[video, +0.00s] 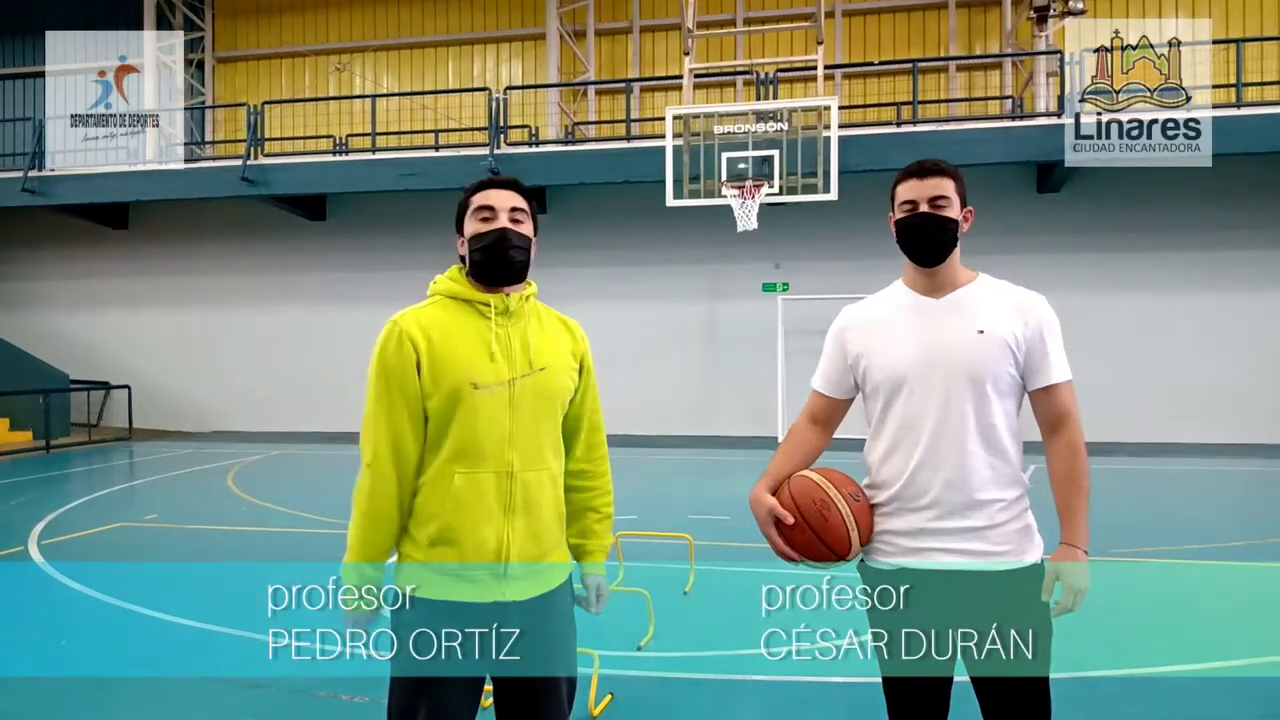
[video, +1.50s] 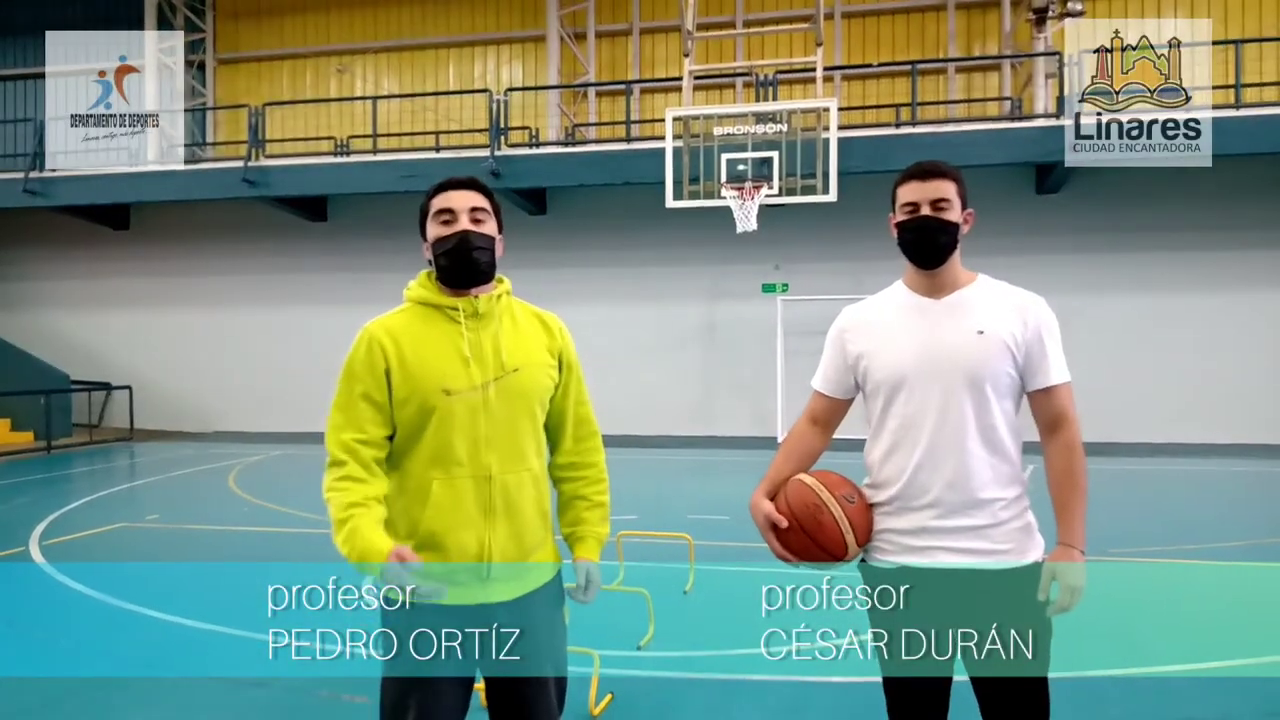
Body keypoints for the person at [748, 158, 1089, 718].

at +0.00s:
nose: (923, 217)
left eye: (939, 205)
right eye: (908, 208)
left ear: (966, 218)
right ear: (892, 226)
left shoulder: (1022, 313)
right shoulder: (857, 324)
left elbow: (1062, 430)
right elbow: (815, 424)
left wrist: (1073, 544)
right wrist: (762, 487)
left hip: (1003, 561)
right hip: (899, 563)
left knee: (1019, 710)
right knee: (913, 712)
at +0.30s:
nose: (920, 218)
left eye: (935, 206)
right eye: (905, 210)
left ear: (964, 219)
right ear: (891, 228)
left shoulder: (1022, 314)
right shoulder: (858, 324)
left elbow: (1060, 431)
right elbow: (815, 424)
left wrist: (1069, 545)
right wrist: (763, 487)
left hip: (1003, 562)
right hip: (899, 563)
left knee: (1021, 711)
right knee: (912, 714)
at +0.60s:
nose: (919, 219)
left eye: (934, 207)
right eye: (904, 211)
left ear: (962, 219)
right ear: (890, 230)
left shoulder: (1022, 313)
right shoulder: (857, 325)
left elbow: (1061, 429)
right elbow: (815, 424)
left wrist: (1073, 543)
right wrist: (763, 490)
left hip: (1002, 561)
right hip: (898, 563)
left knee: (1017, 711)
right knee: (912, 713)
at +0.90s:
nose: (920, 218)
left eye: (935, 207)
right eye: (905, 211)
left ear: (962, 220)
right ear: (890, 230)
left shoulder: (1021, 313)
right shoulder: (855, 325)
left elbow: (1061, 429)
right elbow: (813, 424)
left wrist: (1076, 542)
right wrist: (762, 492)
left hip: (1003, 563)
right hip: (899, 565)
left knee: (1019, 710)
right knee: (913, 712)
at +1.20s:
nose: (922, 220)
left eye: (937, 208)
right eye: (907, 211)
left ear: (964, 221)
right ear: (890, 229)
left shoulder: (1021, 314)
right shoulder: (857, 325)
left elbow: (1059, 430)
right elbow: (814, 424)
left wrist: (1070, 545)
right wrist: (763, 492)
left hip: (1002, 561)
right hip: (899, 563)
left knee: (1018, 712)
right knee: (913, 714)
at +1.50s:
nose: (925, 218)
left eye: (940, 207)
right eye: (910, 209)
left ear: (966, 220)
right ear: (893, 227)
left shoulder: (1022, 314)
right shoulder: (858, 324)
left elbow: (1060, 431)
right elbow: (815, 424)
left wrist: (1070, 545)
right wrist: (763, 492)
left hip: (1003, 561)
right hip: (900, 563)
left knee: (1018, 711)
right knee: (913, 713)